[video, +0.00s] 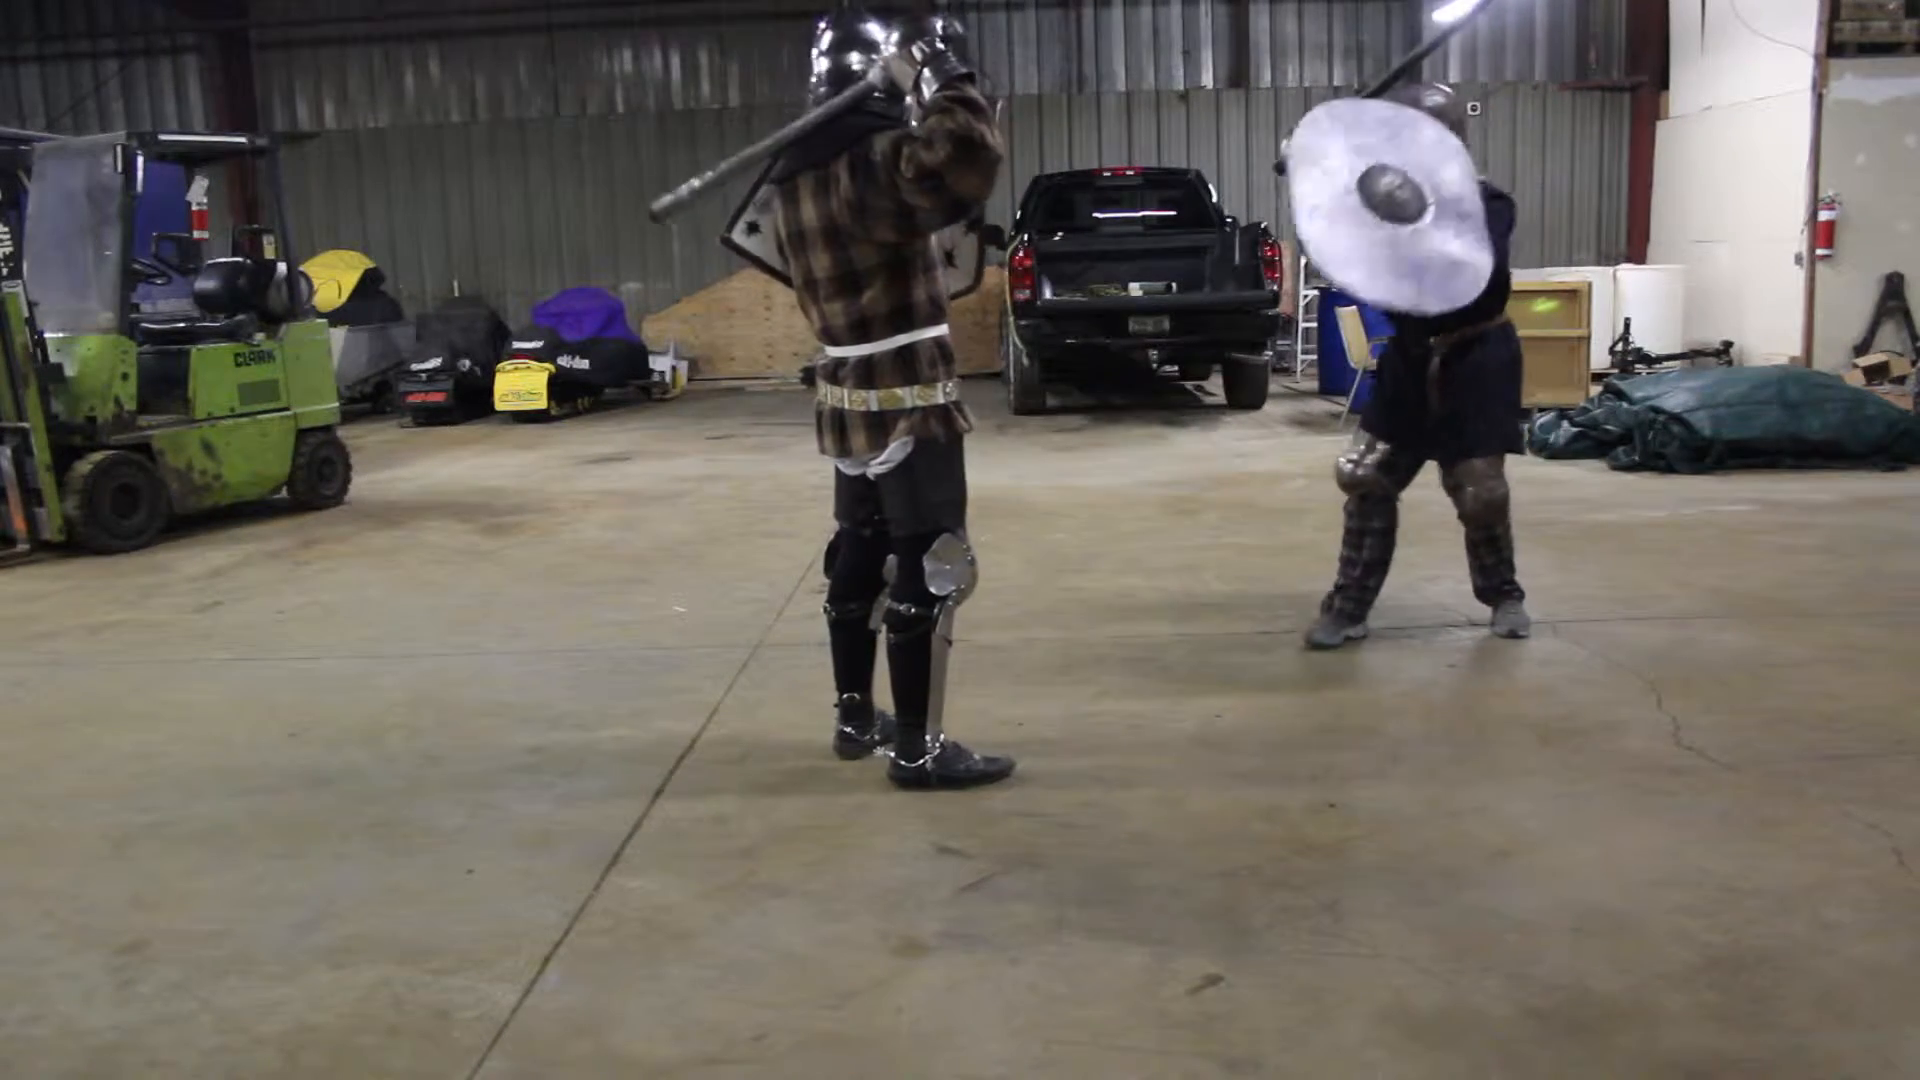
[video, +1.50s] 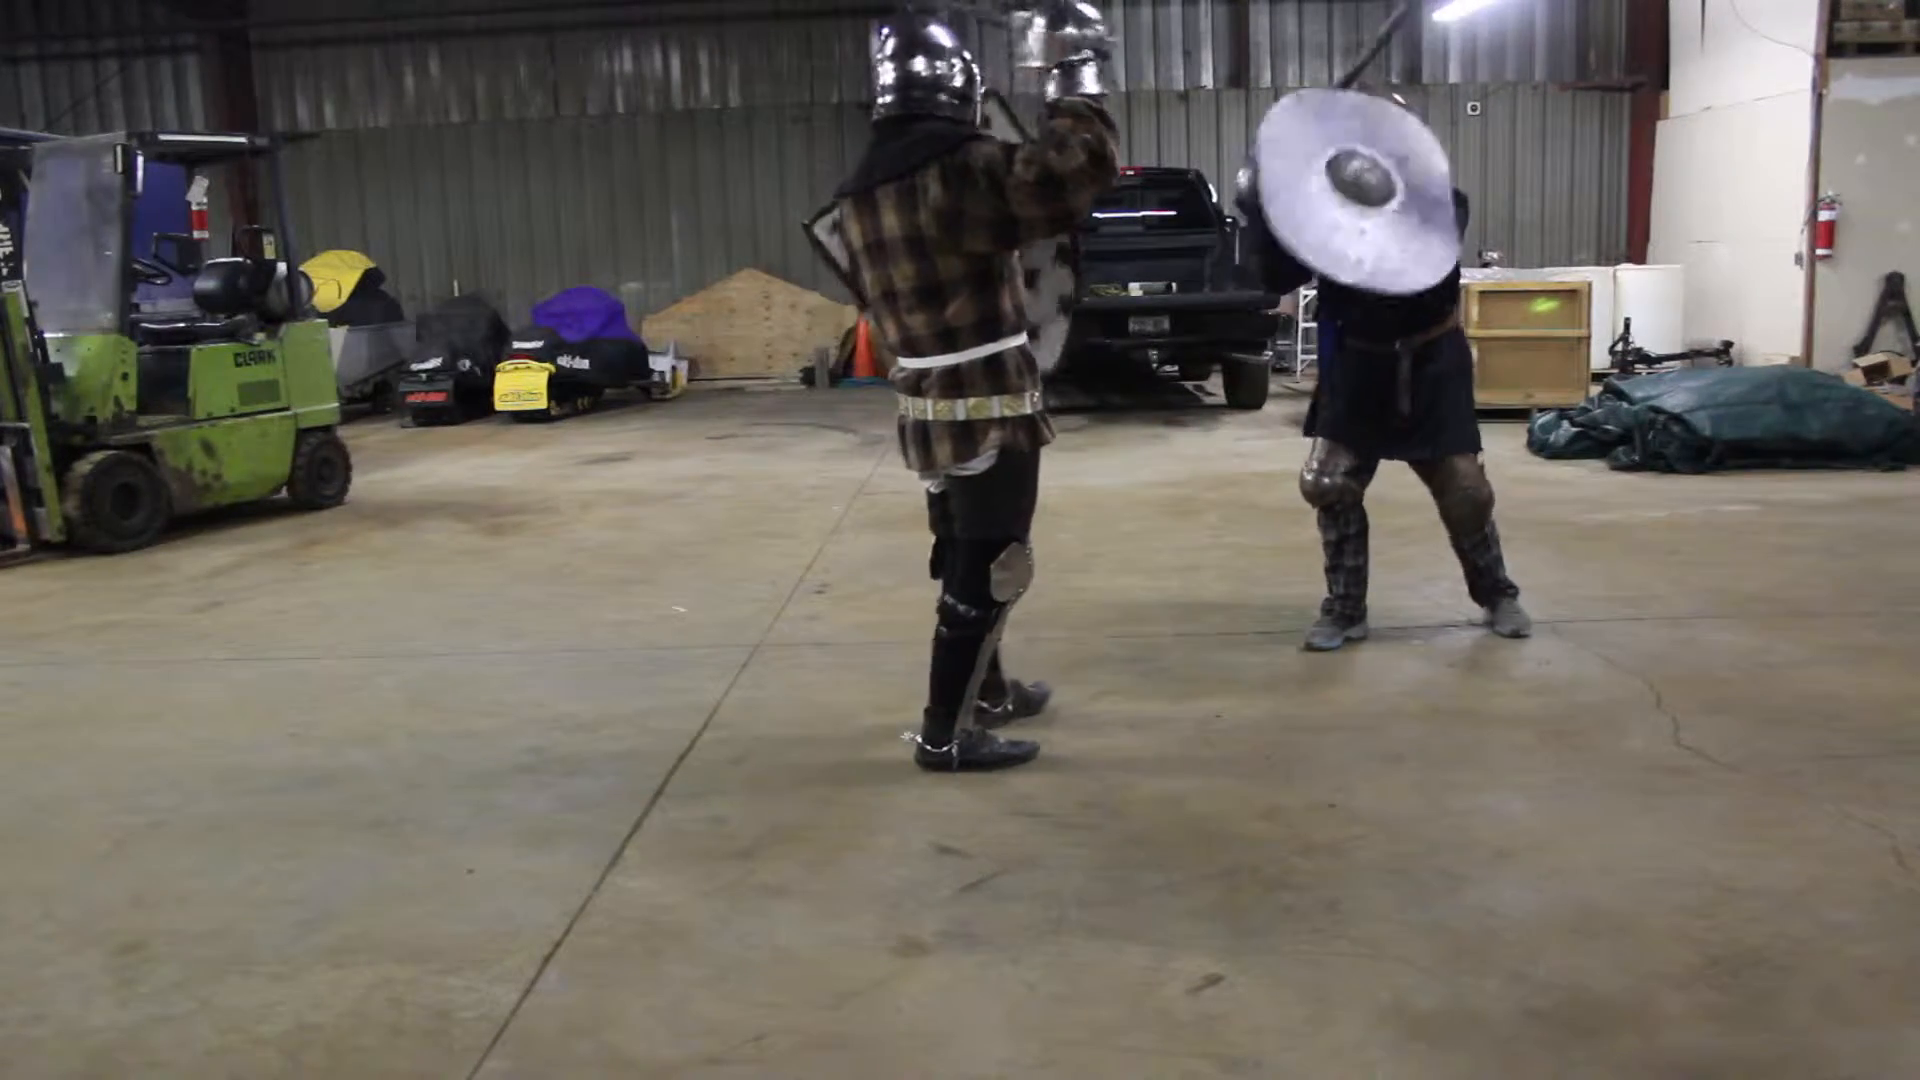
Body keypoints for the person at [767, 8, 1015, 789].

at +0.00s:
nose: (905, 81)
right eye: (901, 59)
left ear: (822, 74)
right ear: (878, 75)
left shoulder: (791, 172)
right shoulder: (869, 165)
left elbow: (795, 273)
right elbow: (966, 158)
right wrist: (938, 63)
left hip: (847, 398)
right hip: (909, 399)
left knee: (860, 548)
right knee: (928, 564)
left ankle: (855, 716)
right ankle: (919, 744)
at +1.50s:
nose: (975, 97)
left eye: (970, 85)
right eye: (969, 84)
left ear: (886, 92)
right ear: (957, 86)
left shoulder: (863, 193)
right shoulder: (968, 169)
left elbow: (873, 297)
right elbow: (1074, 173)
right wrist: (1076, 78)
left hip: (927, 408)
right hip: (991, 408)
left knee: (965, 554)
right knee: (984, 573)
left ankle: (987, 688)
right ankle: (946, 732)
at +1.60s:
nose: (977, 105)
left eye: (972, 91)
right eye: (970, 92)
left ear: (890, 98)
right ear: (958, 95)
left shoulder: (870, 192)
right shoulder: (963, 179)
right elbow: (1081, 167)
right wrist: (1108, 82)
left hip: (928, 407)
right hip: (990, 410)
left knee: (968, 550)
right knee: (993, 572)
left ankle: (985, 687)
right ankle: (948, 732)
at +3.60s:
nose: (1028, 129)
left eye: (1021, 116)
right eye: (1025, 117)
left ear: (944, 116)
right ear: (1018, 119)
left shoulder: (911, 204)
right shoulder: (1023, 201)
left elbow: (907, 298)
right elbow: (1129, 272)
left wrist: (1071, 205)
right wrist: (1146, 204)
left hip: (939, 422)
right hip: (1009, 426)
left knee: (994, 549)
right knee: (1041, 584)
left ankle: (1005, 675)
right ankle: (959, 731)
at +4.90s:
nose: (1058, 130)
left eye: (1050, 117)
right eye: (1051, 118)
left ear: (974, 124)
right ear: (1040, 125)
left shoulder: (936, 213)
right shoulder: (1050, 212)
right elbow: (1164, 265)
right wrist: (1208, 223)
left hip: (968, 435)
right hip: (1038, 438)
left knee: (1027, 550)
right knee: (1122, 587)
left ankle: (1003, 677)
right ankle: (1066, 751)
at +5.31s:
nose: (1105, 113)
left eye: (1097, 99)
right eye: (1100, 99)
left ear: (1010, 92)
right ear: (1089, 103)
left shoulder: (957, 185)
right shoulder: (1094, 196)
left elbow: (938, 280)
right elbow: (1197, 264)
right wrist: (1216, 202)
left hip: (966, 445)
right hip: (1059, 453)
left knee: (971, 581)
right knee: (1136, 597)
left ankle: (932, 729)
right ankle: (1068, 764)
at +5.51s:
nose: (1076, 100)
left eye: (1070, 87)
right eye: (1074, 86)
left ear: (976, 78)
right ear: (1061, 84)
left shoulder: (925, 179)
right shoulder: (1078, 181)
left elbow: (894, 300)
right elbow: (1152, 292)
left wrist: (944, 358)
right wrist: (1216, 239)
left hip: (948, 441)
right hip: (1059, 441)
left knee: (931, 609)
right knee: (1094, 593)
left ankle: (909, 767)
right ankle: (1067, 766)